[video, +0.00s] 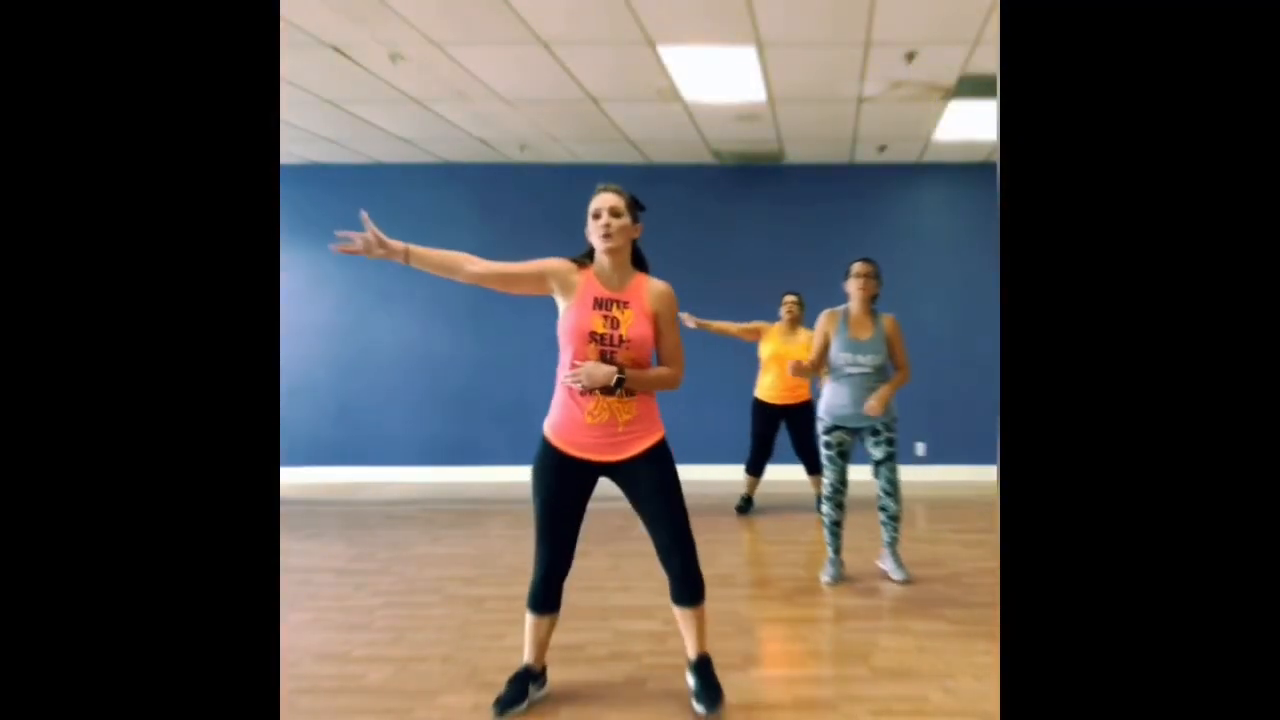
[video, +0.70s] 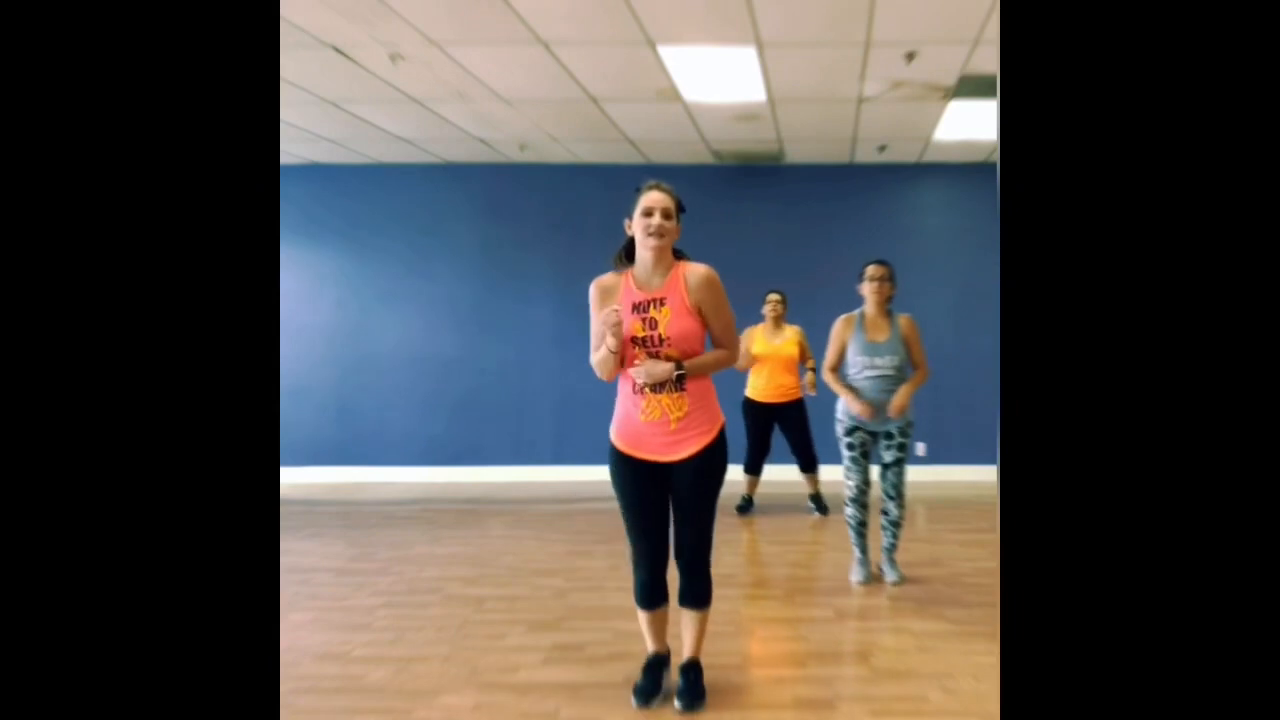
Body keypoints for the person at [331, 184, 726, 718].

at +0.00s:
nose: (605, 223)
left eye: (615, 215)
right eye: (597, 216)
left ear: (636, 227)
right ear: (587, 228)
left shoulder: (657, 294)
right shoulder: (564, 277)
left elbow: (673, 375)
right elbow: (473, 269)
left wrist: (619, 375)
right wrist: (395, 249)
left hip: (640, 446)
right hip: (567, 444)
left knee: (681, 556)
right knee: (550, 564)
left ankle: (699, 664)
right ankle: (532, 670)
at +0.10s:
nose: (610, 229)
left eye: (621, 221)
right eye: (602, 222)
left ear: (641, 231)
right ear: (592, 234)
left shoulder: (667, 296)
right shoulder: (572, 286)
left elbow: (684, 375)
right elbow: (479, 285)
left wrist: (629, 377)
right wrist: (409, 261)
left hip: (641, 451)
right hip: (570, 445)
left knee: (674, 565)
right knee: (554, 561)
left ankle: (689, 658)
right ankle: (532, 669)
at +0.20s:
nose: (624, 234)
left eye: (634, 227)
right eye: (615, 227)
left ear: (650, 237)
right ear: (602, 238)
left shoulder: (677, 297)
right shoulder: (585, 301)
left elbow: (702, 372)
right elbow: (515, 338)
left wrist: (646, 383)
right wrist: (474, 282)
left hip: (652, 457)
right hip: (582, 449)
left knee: (665, 574)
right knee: (563, 562)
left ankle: (686, 668)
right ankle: (532, 669)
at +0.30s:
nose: (637, 227)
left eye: (647, 219)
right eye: (628, 219)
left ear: (662, 230)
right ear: (613, 231)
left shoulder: (685, 281)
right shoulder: (595, 298)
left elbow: (718, 355)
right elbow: (564, 368)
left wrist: (658, 371)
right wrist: (545, 311)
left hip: (670, 445)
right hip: (602, 442)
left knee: (673, 569)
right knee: (567, 559)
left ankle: (687, 669)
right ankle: (538, 669)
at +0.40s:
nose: (644, 223)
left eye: (655, 216)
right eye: (636, 215)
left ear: (668, 228)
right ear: (621, 227)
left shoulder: (688, 274)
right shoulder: (603, 293)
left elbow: (728, 346)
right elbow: (599, 376)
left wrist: (665, 365)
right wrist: (578, 323)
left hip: (685, 437)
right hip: (620, 435)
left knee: (683, 559)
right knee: (572, 541)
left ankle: (687, 665)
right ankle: (576, 648)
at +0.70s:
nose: (656, 222)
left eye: (666, 215)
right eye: (647, 214)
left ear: (678, 226)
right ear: (630, 224)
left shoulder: (699, 280)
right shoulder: (606, 289)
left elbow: (729, 352)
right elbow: (604, 371)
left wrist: (676, 367)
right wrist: (608, 346)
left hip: (697, 439)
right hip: (633, 442)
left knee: (692, 556)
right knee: (647, 557)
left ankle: (691, 664)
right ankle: (656, 657)